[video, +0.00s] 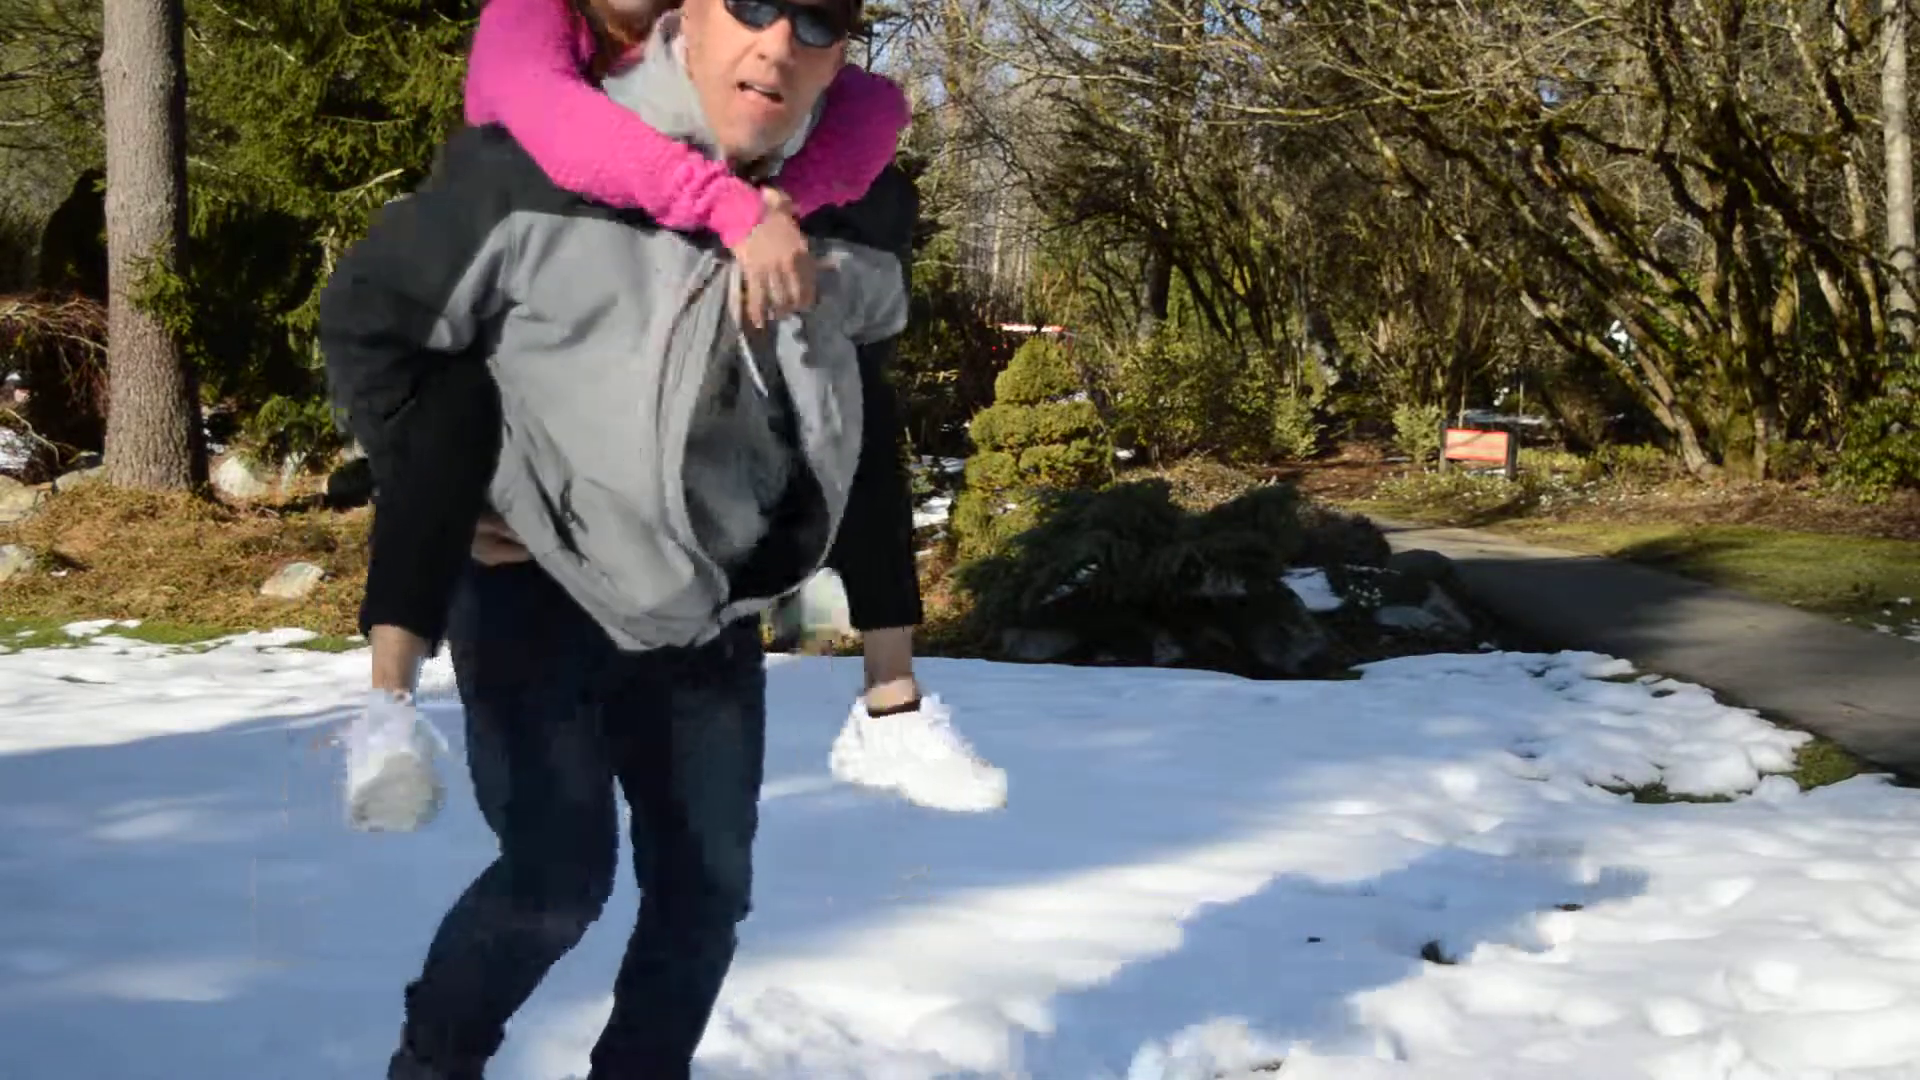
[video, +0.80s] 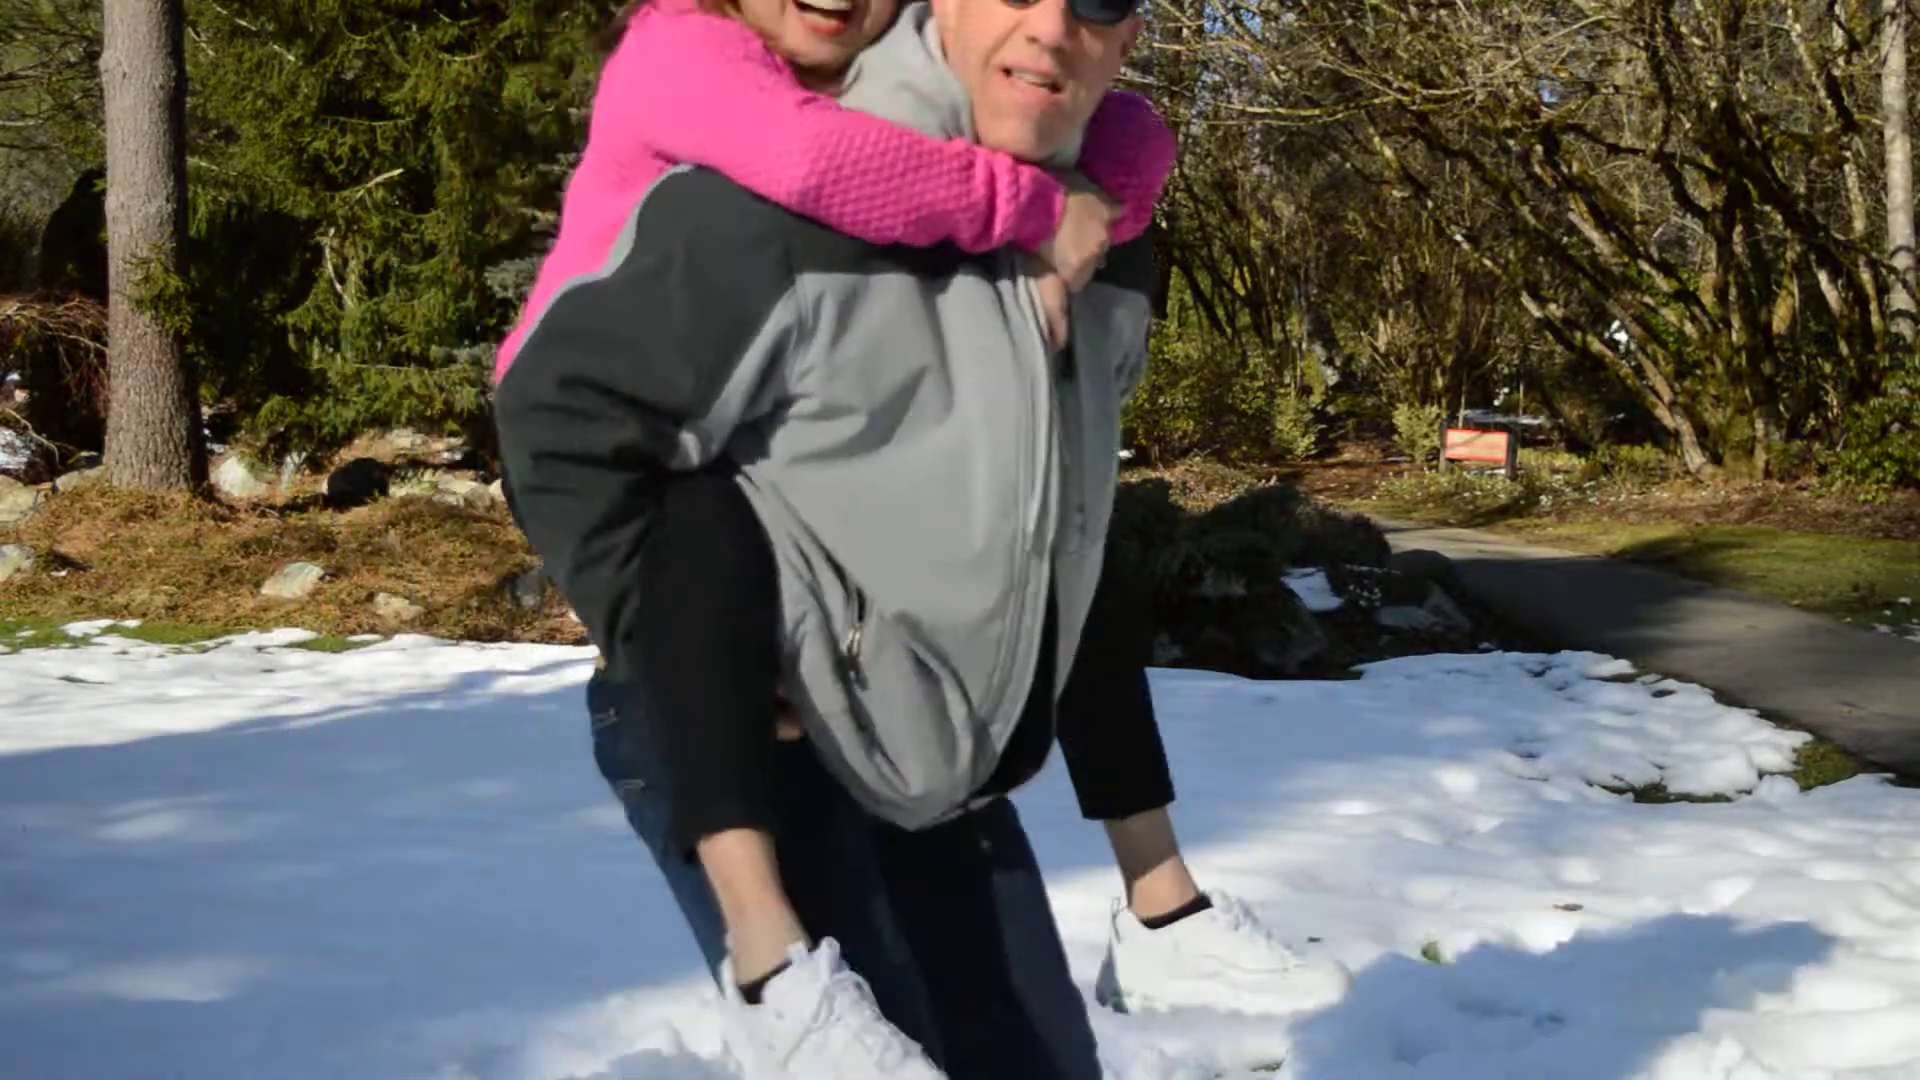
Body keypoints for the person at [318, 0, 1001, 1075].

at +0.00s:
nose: (779, 50)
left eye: (817, 28)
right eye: (752, 12)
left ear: (847, 55)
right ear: (685, 17)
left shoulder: (859, 193)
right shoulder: (521, 166)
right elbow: (365, 315)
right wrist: (455, 503)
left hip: (711, 605)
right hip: (534, 590)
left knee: (703, 902)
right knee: (554, 882)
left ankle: (636, 1075)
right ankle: (432, 1060)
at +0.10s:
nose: (789, 64)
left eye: (829, 40)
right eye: (761, 23)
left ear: (857, 64)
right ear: (693, 21)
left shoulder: (867, 209)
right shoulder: (533, 192)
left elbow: (868, 400)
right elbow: (371, 344)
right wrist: (473, 537)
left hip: (716, 636)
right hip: (552, 616)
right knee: (596, 928)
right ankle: (415, 744)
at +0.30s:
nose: (847, 94)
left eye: (888, 70)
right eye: (817, 47)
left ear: (915, 106)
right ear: (748, 54)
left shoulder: (918, 266)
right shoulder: (583, 226)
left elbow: (920, 441)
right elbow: (381, 375)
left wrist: (855, 602)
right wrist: (469, 588)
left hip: (756, 708)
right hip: (577, 692)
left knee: (715, 1004)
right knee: (643, 1017)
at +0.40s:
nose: (883, 37)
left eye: (927, 16)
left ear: (959, 50)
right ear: (788, 7)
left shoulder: (961, 208)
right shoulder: (630, 172)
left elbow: (942, 404)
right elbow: (417, 302)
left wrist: (891, 578)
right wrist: (514, 524)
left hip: (789, 656)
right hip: (610, 642)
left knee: (803, 967)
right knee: (624, 994)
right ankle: (501, 802)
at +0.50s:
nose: (927, 6)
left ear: (1003, 7)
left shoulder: (1009, 150)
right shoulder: (673, 107)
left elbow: (976, 374)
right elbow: (472, 256)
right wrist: (561, 489)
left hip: (841, 610)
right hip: (647, 601)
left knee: (924, 903)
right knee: (635, 962)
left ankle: (737, 1075)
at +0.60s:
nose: (984, 25)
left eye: (1004, 16)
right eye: (961, 10)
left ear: (1017, 20)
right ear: (885, 3)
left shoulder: (1024, 121)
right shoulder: (697, 80)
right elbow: (503, 255)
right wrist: (624, 501)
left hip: (876, 605)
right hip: (682, 603)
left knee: (956, 964)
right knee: (770, 984)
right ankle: (715, 742)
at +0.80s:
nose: (1053, 30)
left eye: (1098, 8)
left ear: (1132, 45)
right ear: (937, 6)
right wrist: (697, 665)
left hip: (952, 752)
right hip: (751, 738)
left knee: (1049, 1052)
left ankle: (1166, 899)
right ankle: (772, 967)